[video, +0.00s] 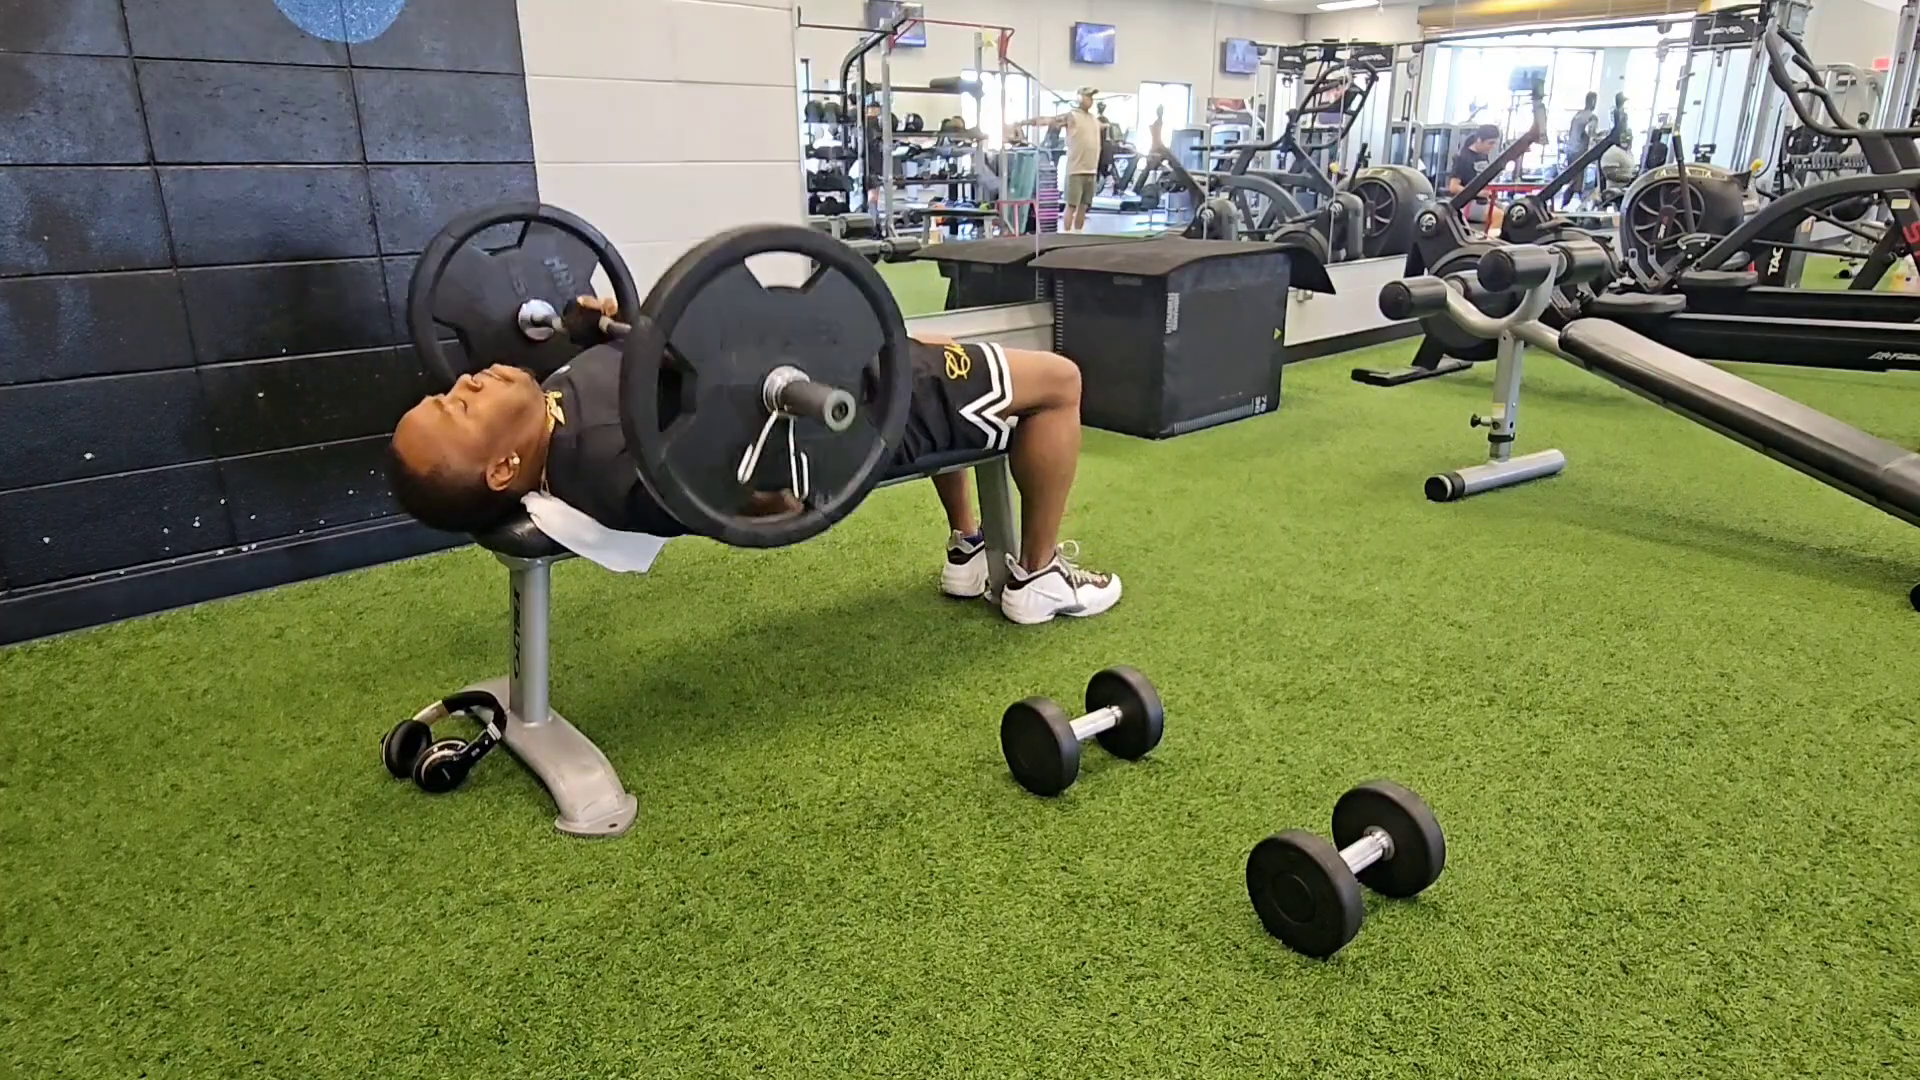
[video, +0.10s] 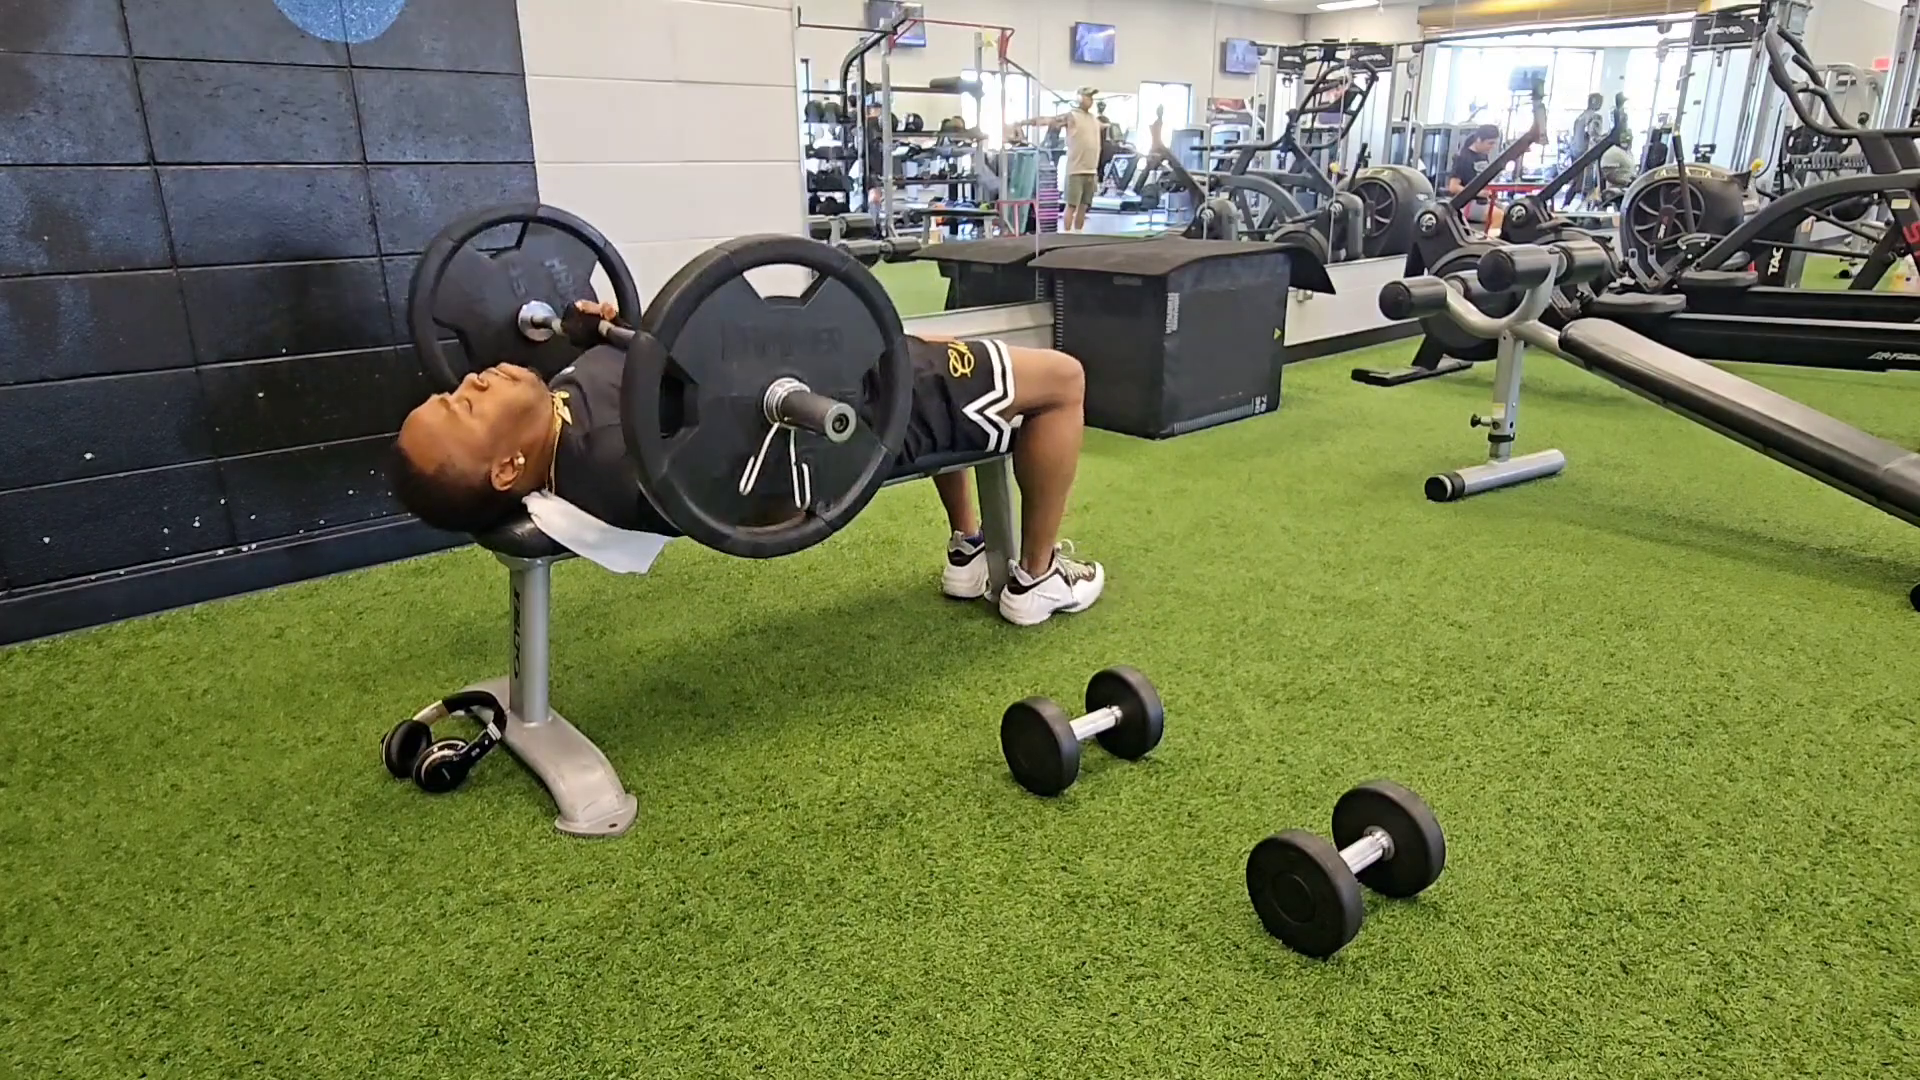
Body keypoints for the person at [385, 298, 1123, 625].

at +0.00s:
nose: (473, 371)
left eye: (448, 385)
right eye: (459, 402)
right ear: (506, 473)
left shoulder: (536, 394)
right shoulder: (619, 469)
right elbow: (757, 491)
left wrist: (603, 326)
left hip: (774, 372)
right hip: (840, 423)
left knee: (935, 341)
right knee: (1059, 380)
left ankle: (969, 544)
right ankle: (1040, 574)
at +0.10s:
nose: (480, 371)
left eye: (450, 386)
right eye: (465, 400)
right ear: (510, 474)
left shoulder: (540, 391)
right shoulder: (618, 469)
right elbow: (757, 481)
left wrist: (597, 330)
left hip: (775, 364)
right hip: (838, 421)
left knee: (930, 342)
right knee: (1063, 378)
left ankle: (971, 543)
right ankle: (1035, 575)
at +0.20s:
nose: (483, 374)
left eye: (463, 386)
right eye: (473, 401)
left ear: (515, 460)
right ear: (515, 465)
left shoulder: (563, 415)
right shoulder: (603, 462)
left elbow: (641, 374)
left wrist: (591, 321)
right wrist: (600, 329)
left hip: (790, 368)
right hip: (850, 411)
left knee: (927, 340)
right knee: (1065, 382)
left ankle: (970, 543)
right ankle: (1036, 575)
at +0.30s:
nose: (488, 384)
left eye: (467, 391)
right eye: (478, 408)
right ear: (514, 474)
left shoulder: (545, 399)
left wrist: (513, 289)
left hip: (813, 341)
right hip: (856, 392)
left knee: (938, 350)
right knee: (1066, 378)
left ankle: (971, 546)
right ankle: (1033, 572)